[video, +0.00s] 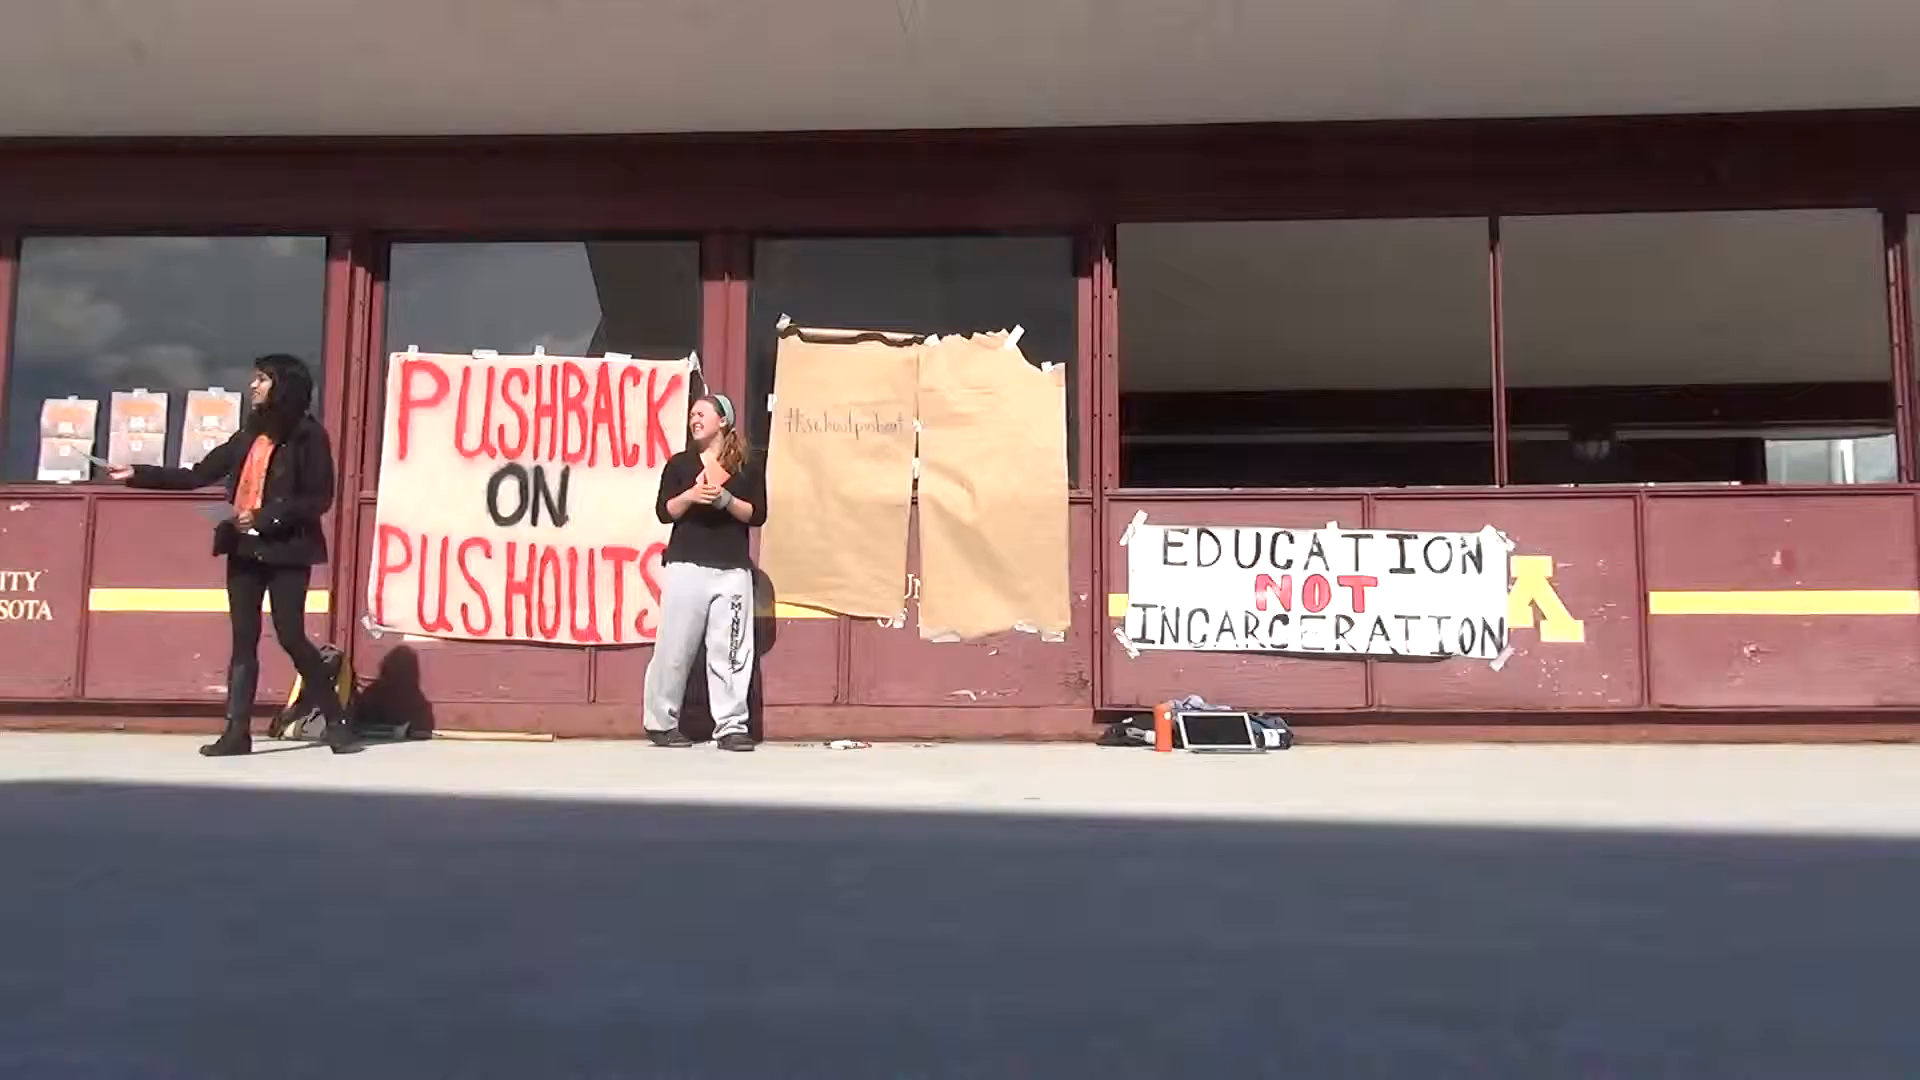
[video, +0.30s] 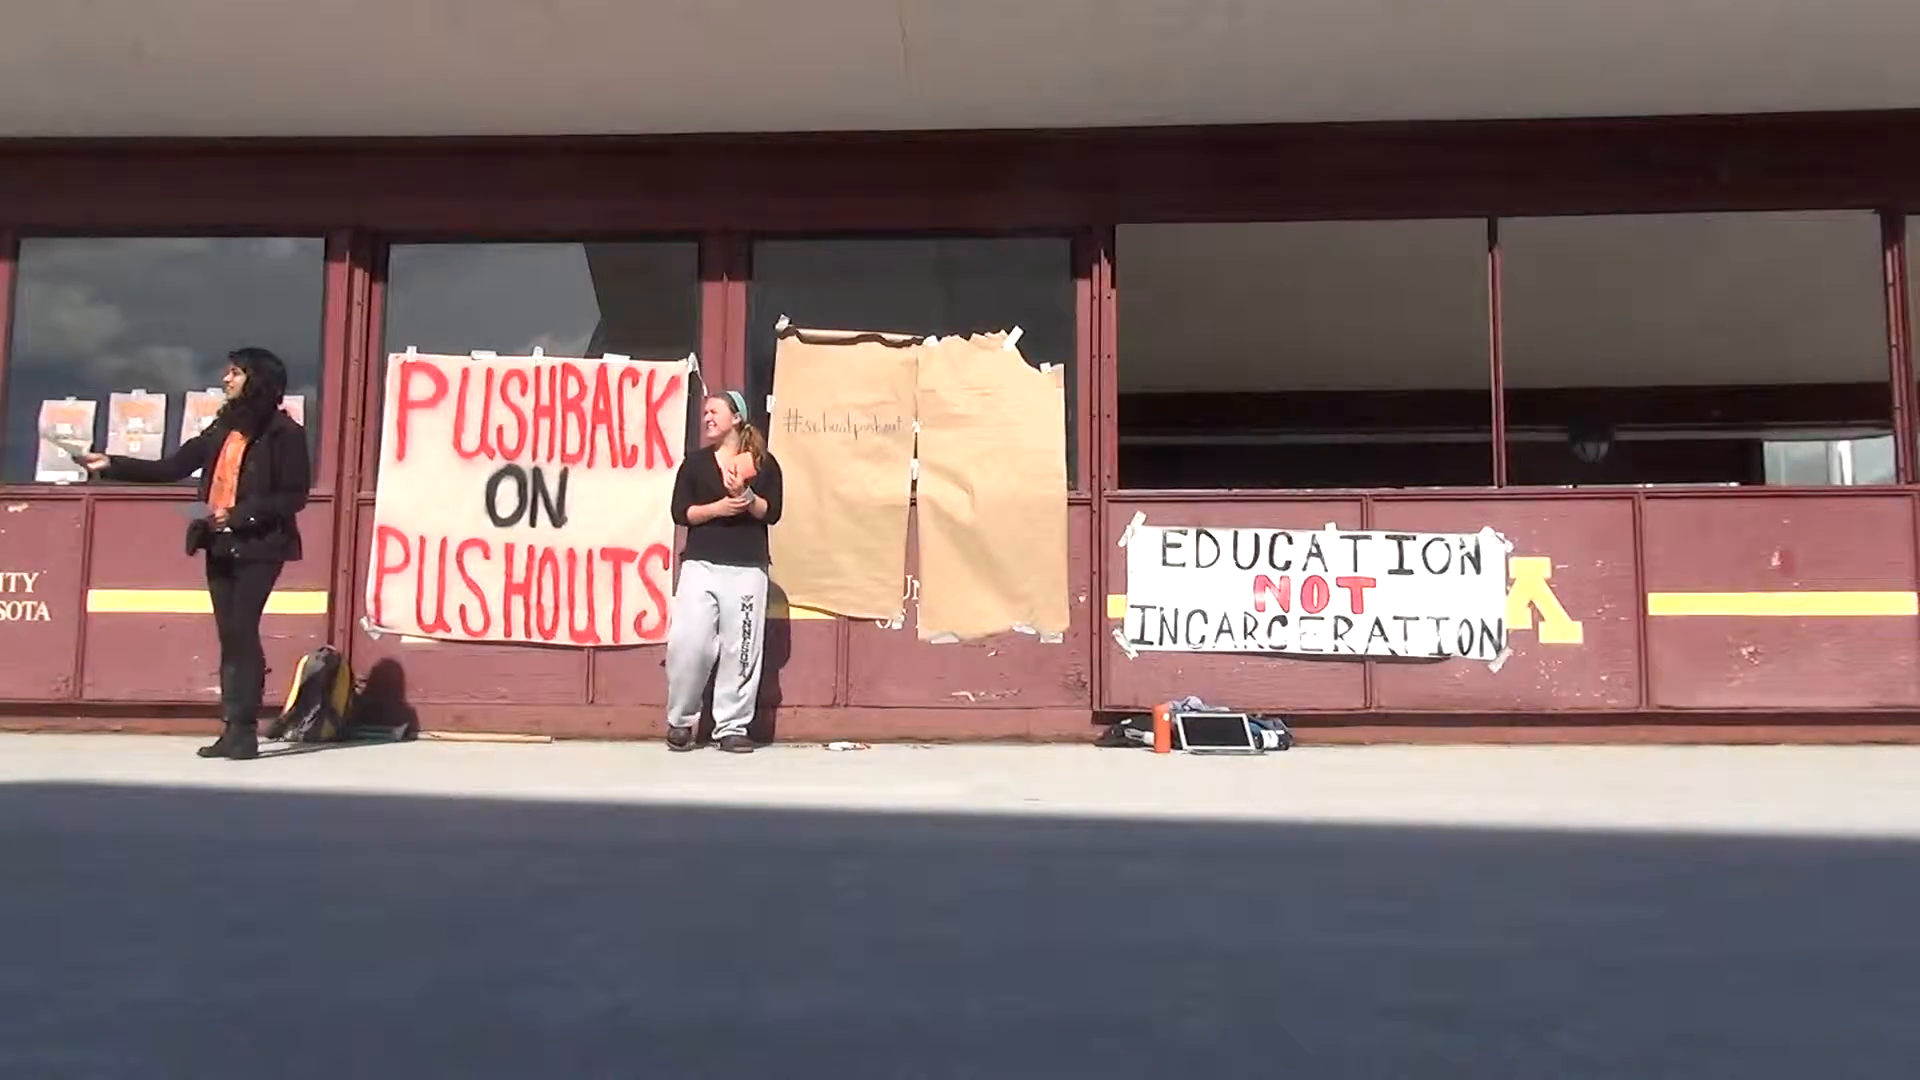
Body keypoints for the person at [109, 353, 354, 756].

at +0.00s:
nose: (252, 386)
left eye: (261, 380)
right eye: (254, 379)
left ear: (284, 387)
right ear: (265, 389)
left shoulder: (310, 435)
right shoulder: (250, 434)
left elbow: (319, 499)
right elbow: (200, 475)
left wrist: (263, 517)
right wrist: (137, 473)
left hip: (289, 552)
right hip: (246, 548)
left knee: (290, 636)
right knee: (244, 640)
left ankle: (336, 719)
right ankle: (237, 733)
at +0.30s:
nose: (226, 378)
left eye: (235, 373)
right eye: (227, 372)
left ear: (258, 381)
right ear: (238, 380)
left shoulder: (286, 432)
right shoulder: (224, 428)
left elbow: (294, 496)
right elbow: (172, 468)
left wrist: (239, 514)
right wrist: (111, 463)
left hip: (262, 547)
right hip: (221, 544)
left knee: (241, 629)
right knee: (230, 633)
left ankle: (243, 732)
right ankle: (234, 729)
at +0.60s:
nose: (210, 378)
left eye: (218, 372)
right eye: (210, 371)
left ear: (242, 377)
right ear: (218, 379)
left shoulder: (269, 428)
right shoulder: (208, 425)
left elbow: (283, 493)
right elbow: (159, 467)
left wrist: (228, 514)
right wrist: (102, 464)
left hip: (247, 543)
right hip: (205, 541)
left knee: (217, 621)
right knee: (221, 629)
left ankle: (196, 729)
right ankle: (236, 734)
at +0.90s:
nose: (201, 369)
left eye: (210, 363)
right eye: (201, 363)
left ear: (235, 370)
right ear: (205, 371)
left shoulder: (257, 424)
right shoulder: (194, 421)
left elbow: (264, 490)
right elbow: (145, 463)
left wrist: (210, 504)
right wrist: (90, 457)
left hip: (228, 540)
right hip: (188, 538)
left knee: (206, 628)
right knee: (205, 630)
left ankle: (190, 736)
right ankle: (232, 728)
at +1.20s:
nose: (193, 368)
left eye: (203, 361)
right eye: (192, 361)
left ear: (226, 368)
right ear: (192, 367)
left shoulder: (248, 422)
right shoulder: (182, 414)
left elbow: (256, 488)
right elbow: (137, 457)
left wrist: (202, 502)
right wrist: (80, 452)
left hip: (218, 542)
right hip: (175, 539)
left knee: (203, 633)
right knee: (162, 634)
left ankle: (191, 736)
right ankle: (210, 711)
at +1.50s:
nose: (186, 364)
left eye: (196, 357)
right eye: (184, 358)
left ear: (220, 363)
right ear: (183, 365)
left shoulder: (243, 418)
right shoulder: (176, 411)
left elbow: (252, 487)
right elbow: (132, 452)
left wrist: (191, 505)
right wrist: (78, 442)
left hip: (214, 541)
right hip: (167, 536)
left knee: (200, 632)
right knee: (137, 627)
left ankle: (191, 739)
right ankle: (139, 736)